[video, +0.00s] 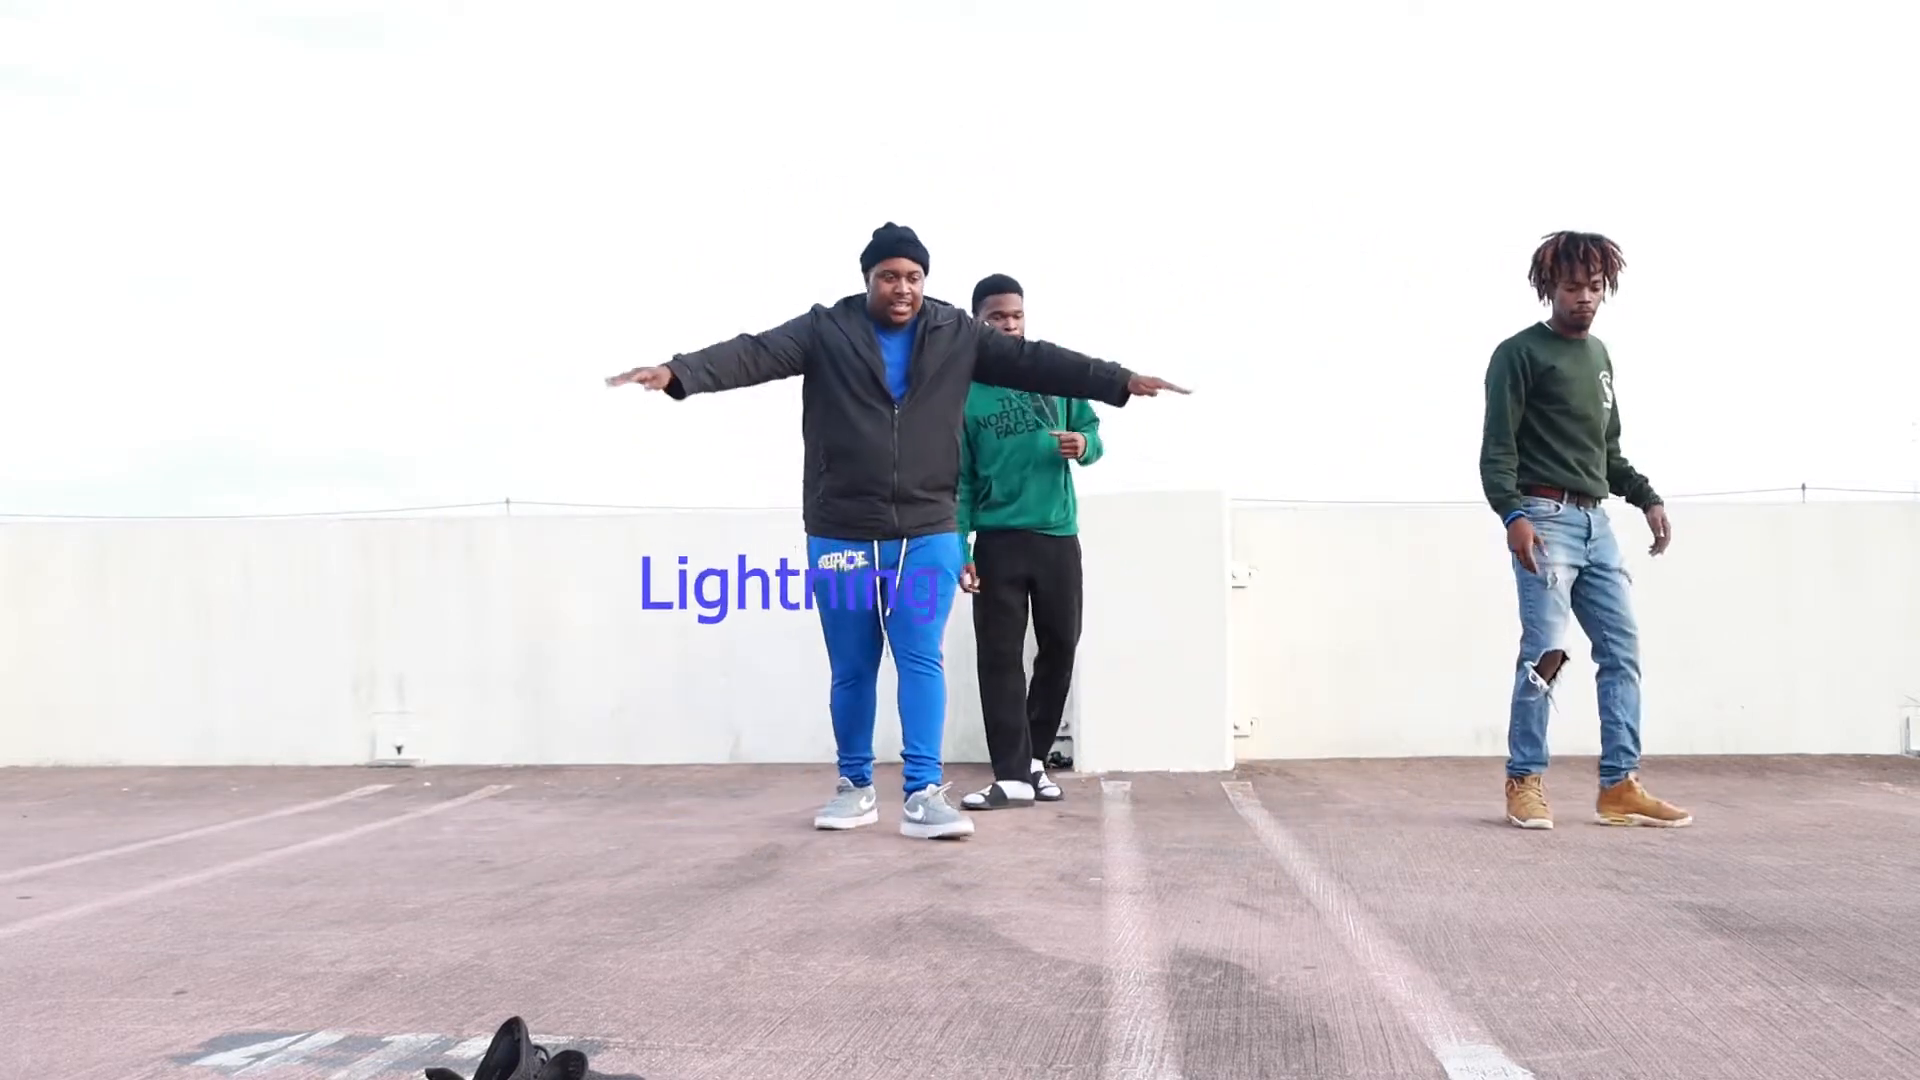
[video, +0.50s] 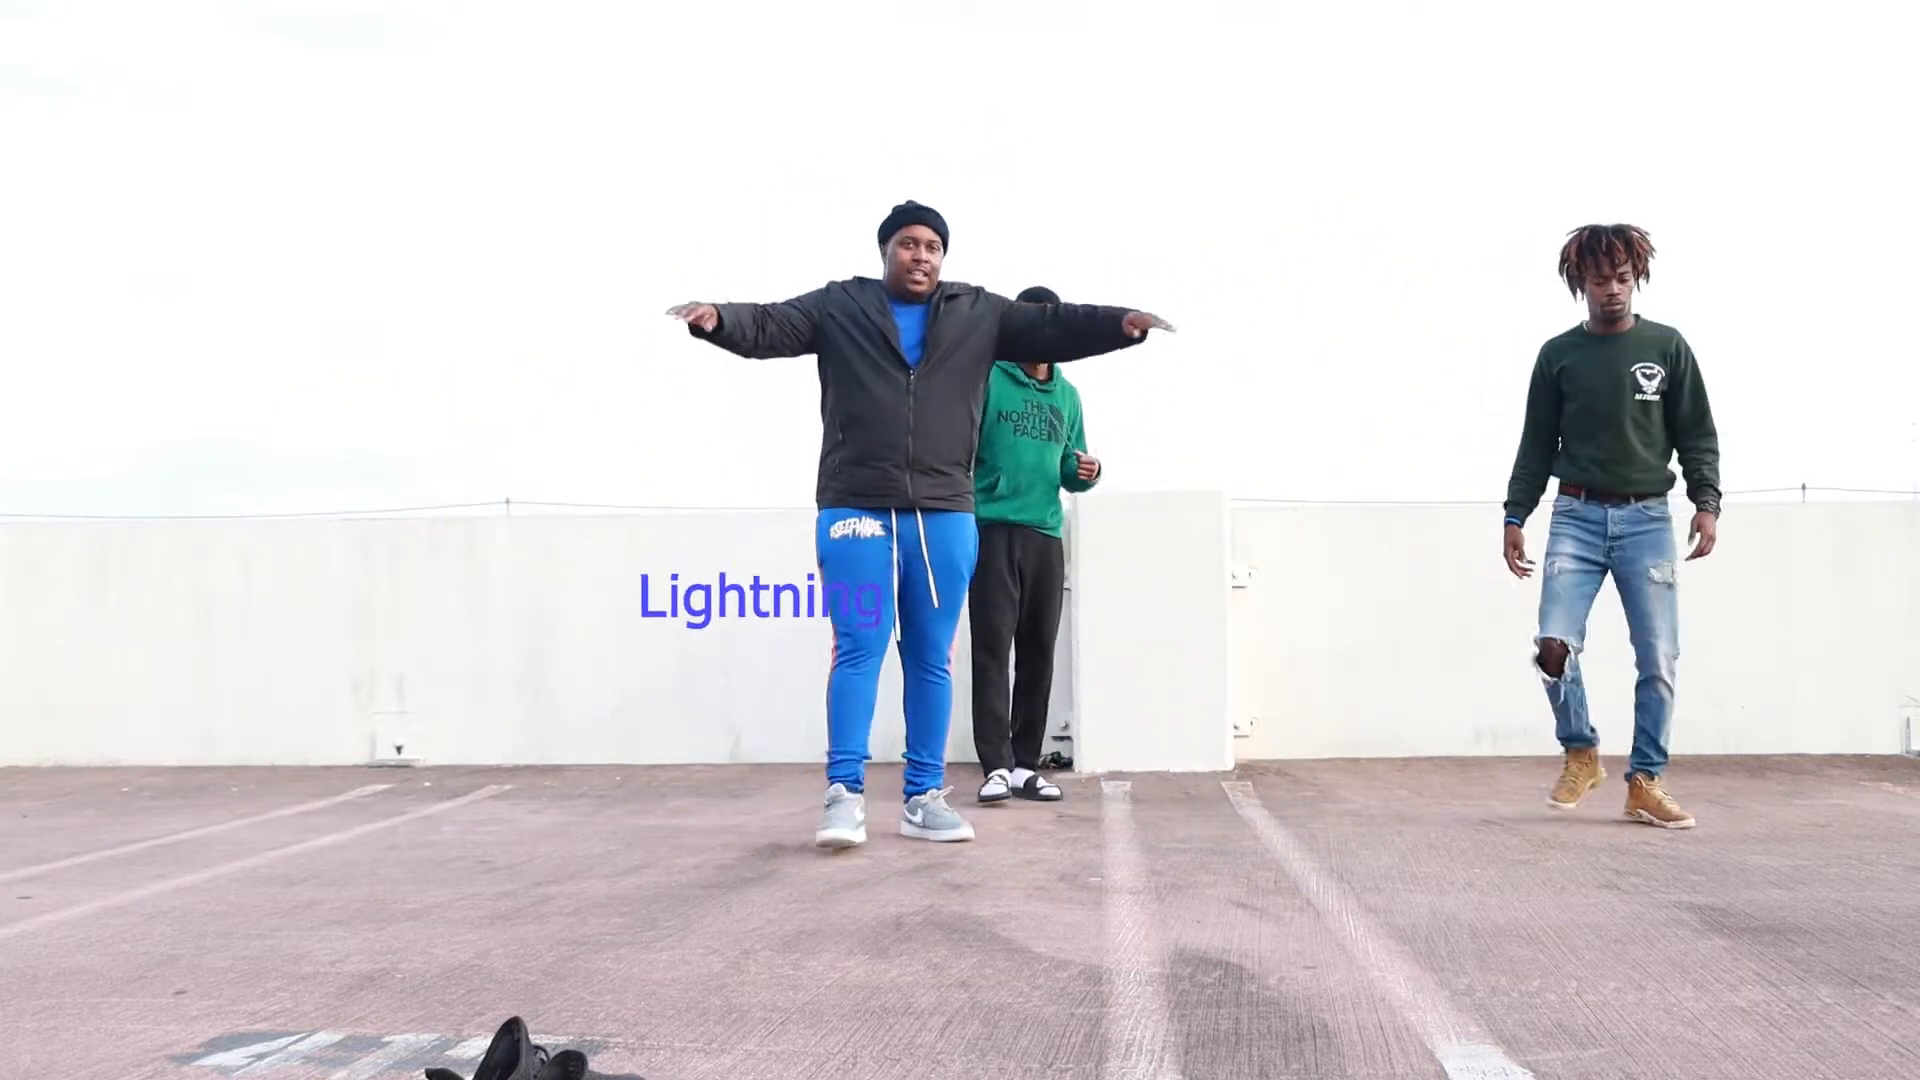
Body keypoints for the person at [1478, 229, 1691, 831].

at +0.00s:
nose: (1586, 296)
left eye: (1595, 285)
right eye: (1574, 285)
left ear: (1605, 288)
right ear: (1550, 286)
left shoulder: (1597, 355)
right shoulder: (1517, 354)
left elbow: (1607, 451)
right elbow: (1496, 452)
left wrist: (1648, 500)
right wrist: (1514, 515)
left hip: (1595, 518)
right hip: (1541, 516)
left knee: (1619, 650)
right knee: (1546, 650)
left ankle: (1619, 785)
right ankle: (1524, 781)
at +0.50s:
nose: (1612, 289)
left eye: (1622, 277)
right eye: (1599, 279)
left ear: (1637, 277)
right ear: (1580, 282)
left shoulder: (1667, 347)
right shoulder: (1557, 354)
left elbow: (1696, 431)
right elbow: (1537, 443)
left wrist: (1705, 503)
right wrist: (1514, 516)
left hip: (1648, 517)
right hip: (1575, 516)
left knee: (1660, 657)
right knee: (1553, 648)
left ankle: (1646, 781)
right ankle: (1579, 754)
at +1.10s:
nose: (1581, 306)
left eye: (1591, 294)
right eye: (1569, 297)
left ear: (1612, 292)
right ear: (1555, 300)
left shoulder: (1651, 358)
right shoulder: (1540, 370)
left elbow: (1678, 451)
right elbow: (1524, 452)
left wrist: (1690, 537)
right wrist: (1531, 513)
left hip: (1637, 528)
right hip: (1564, 530)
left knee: (1658, 662)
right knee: (1544, 653)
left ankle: (1684, 781)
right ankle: (1563, 788)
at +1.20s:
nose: (1585, 291)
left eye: (1595, 280)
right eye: (1574, 281)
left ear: (1614, 280)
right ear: (1559, 284)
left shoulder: (1644, 349)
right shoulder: (1533, 356)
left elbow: (1663, 444)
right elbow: (1520, 445)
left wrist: (1671, 526)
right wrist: (1543, 504)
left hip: (1628, 515)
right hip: (1555, 516)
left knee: (1648, 647)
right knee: (1543, 647)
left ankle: (1652, 771)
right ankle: (1556, 784)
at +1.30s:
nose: (1586, 290)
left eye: (1596, 278)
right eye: (1574, 280)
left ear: (1613, 279)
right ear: (1558, 283)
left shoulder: (1636, 351)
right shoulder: (1533, 354)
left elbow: (1648, 449)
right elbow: (1516, 446)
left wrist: (1656, 526)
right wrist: (1542, 500)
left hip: (1623, 518)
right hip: (1556, 518)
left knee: (1648, 639)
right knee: (1542, 650)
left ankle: (1596, 738)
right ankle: (1534, 778)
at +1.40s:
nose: (1589, 290)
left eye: (1599, 278)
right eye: (1577, 280)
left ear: (1616, 280)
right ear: (1560, 284)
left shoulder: (1635, 354)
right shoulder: (1535, 354)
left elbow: (1644, 453)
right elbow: (1516, 448)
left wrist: (1653, 531)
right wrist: (1531, 506)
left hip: (1623, 518)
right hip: (1559, 515)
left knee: (1647, 645)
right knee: (1544, 651)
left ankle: (1607, 769)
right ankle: (1523, 778)